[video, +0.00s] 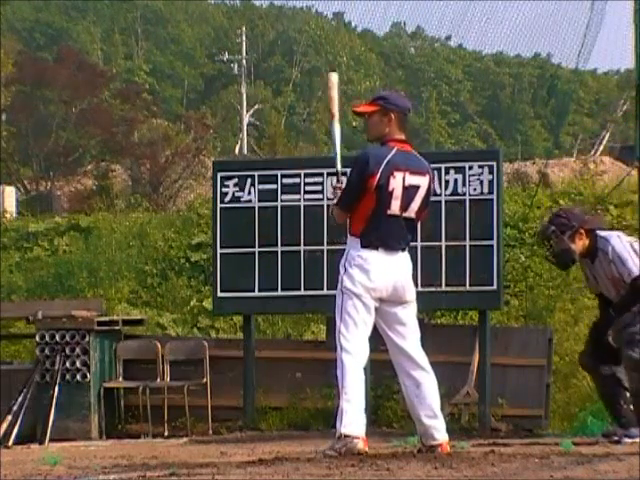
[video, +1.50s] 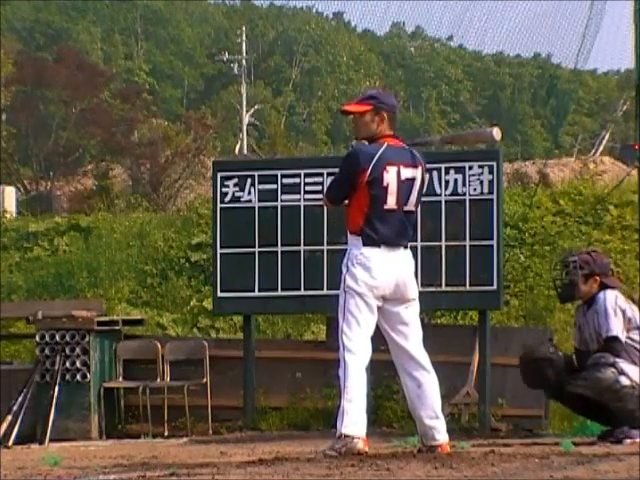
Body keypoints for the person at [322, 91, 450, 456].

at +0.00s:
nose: (366, 122)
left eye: (371, 116)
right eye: (367, 116)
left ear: (390, 118)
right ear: (396, 120)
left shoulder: (369, 158)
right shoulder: (423, 167)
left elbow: (341, 211)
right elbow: (416, 218)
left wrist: (336, 204)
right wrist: (361, 211)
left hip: (363, 262)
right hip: (400, 263)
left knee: (352, 349)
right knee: (410, 352)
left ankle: (352, 434)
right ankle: (436, 437)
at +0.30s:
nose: (361, 122)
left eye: (366, 116)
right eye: (361, 116)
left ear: (386, 118)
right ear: (392, 120)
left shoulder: (369, 155)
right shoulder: (419, 163)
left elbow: (335, 207)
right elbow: (411, 213)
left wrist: (343, 174)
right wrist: (359, 172)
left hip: (365, 261)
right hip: (402, 262)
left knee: (353, 349)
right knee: (412, 352)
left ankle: (352, 434)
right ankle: (436, 437)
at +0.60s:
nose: (358, 122)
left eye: (363, 116)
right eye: (359, 116)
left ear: (383, 118)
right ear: (388, 120)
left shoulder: (365, 156)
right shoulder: (419, 163)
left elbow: (332, 200)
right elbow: (415, 209)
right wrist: (364, 195)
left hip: (365, 261)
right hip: (402, 262)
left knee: (354, 349)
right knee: (412, 352)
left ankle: (352, 434)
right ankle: (436, 437)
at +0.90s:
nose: (355, 122)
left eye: (360, 116)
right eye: (356, 116)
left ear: (380, 118)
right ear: (385, 120)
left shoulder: (362, 155)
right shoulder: (416, 160)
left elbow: (333, 197)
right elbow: (412, 206)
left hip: (365, 261)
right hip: (402, 262)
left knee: (354, 349)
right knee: (412, 352)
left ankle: (352, 434)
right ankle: (436, 437)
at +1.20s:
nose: (354, 123)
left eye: (359, 117)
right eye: (354, 117)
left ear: (380, 119)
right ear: (385, 121)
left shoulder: (361, 154)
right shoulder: (417, 160)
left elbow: (333, 197)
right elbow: (408, 204)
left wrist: (366, 182)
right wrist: (364, 189)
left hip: (364, 261)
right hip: (401, 261)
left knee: (354, 350)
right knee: (412, 352)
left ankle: (352, 435)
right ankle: (436, 437)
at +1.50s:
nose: (353, 123)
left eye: (359, 117)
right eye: (354, 117)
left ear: (381, 119)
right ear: (384, 121)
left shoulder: (362, 155)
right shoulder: (415, 158)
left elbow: (333, 197)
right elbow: (401, 198)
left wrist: (357, 170)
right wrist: (361, 185)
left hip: (366, 261)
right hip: (402, 261)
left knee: (354, 349)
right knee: (412, 352)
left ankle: (352, 434)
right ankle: (436, 437)